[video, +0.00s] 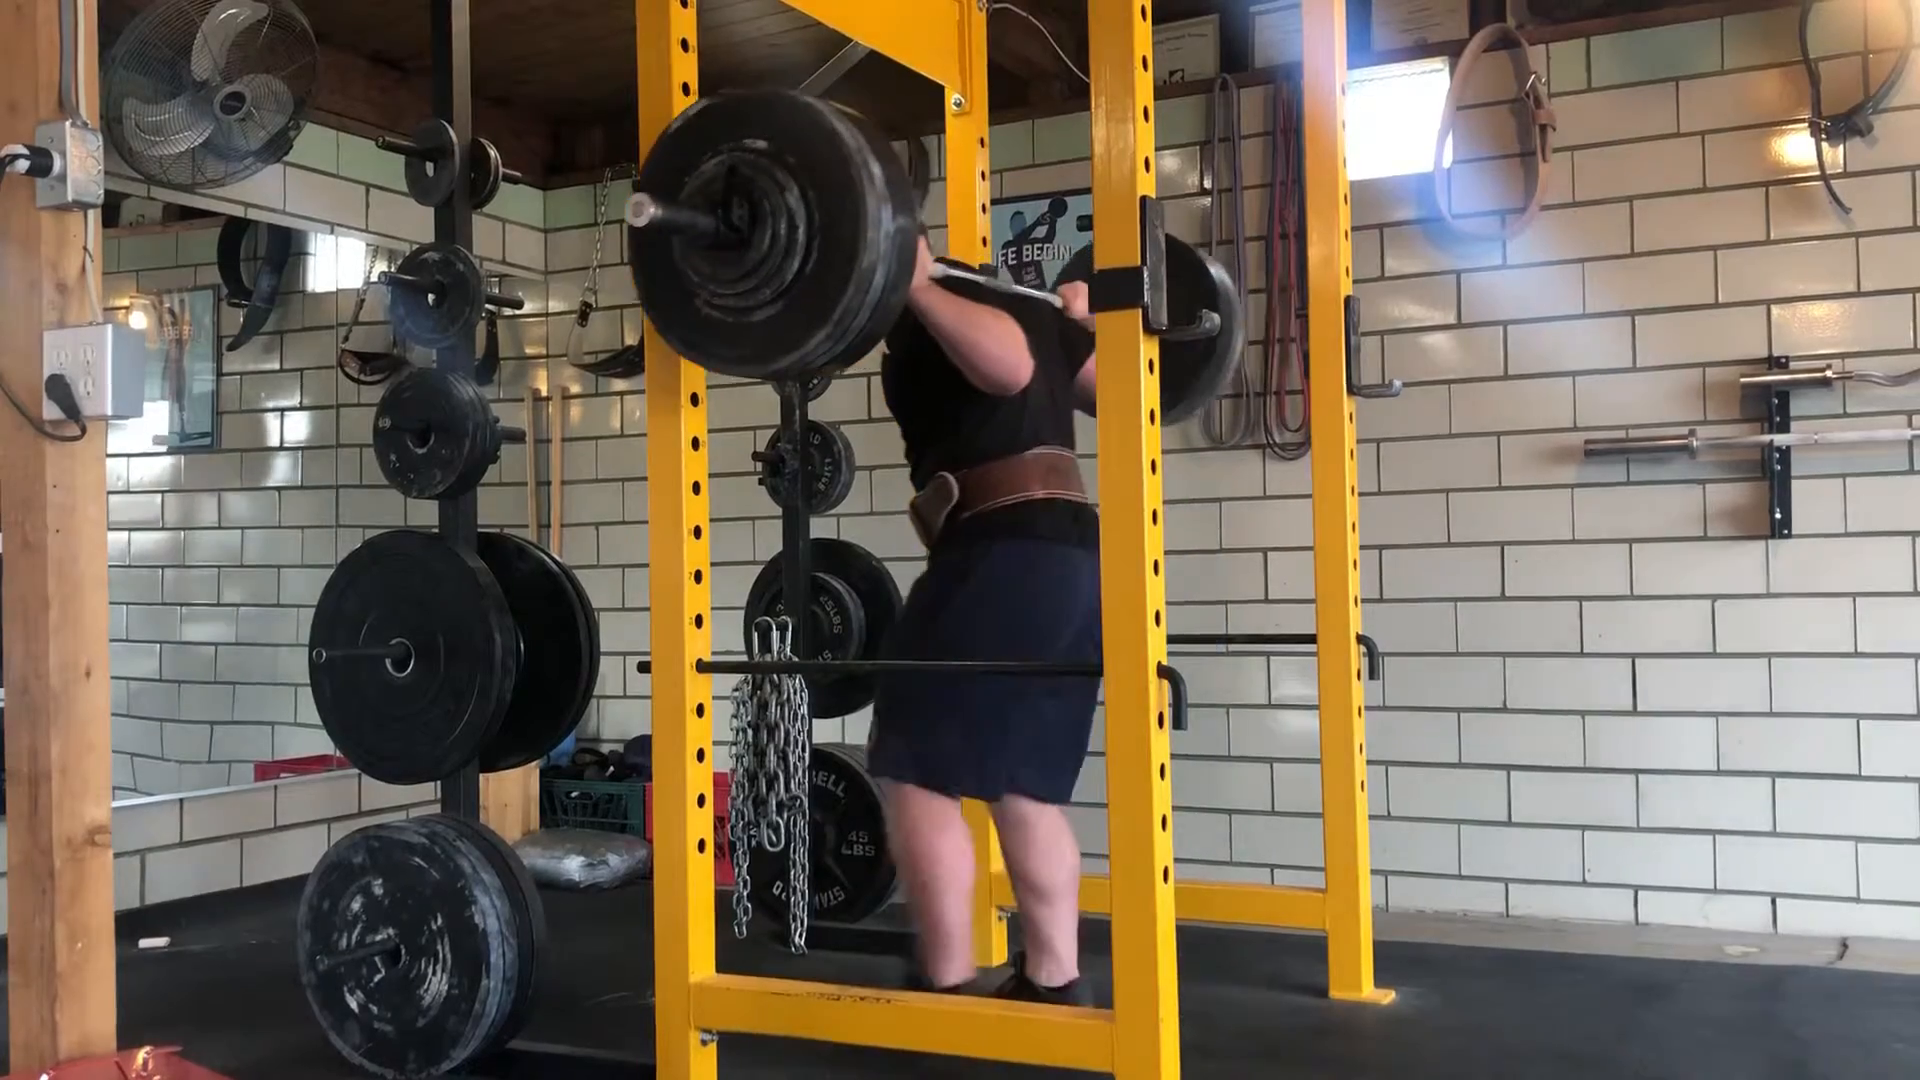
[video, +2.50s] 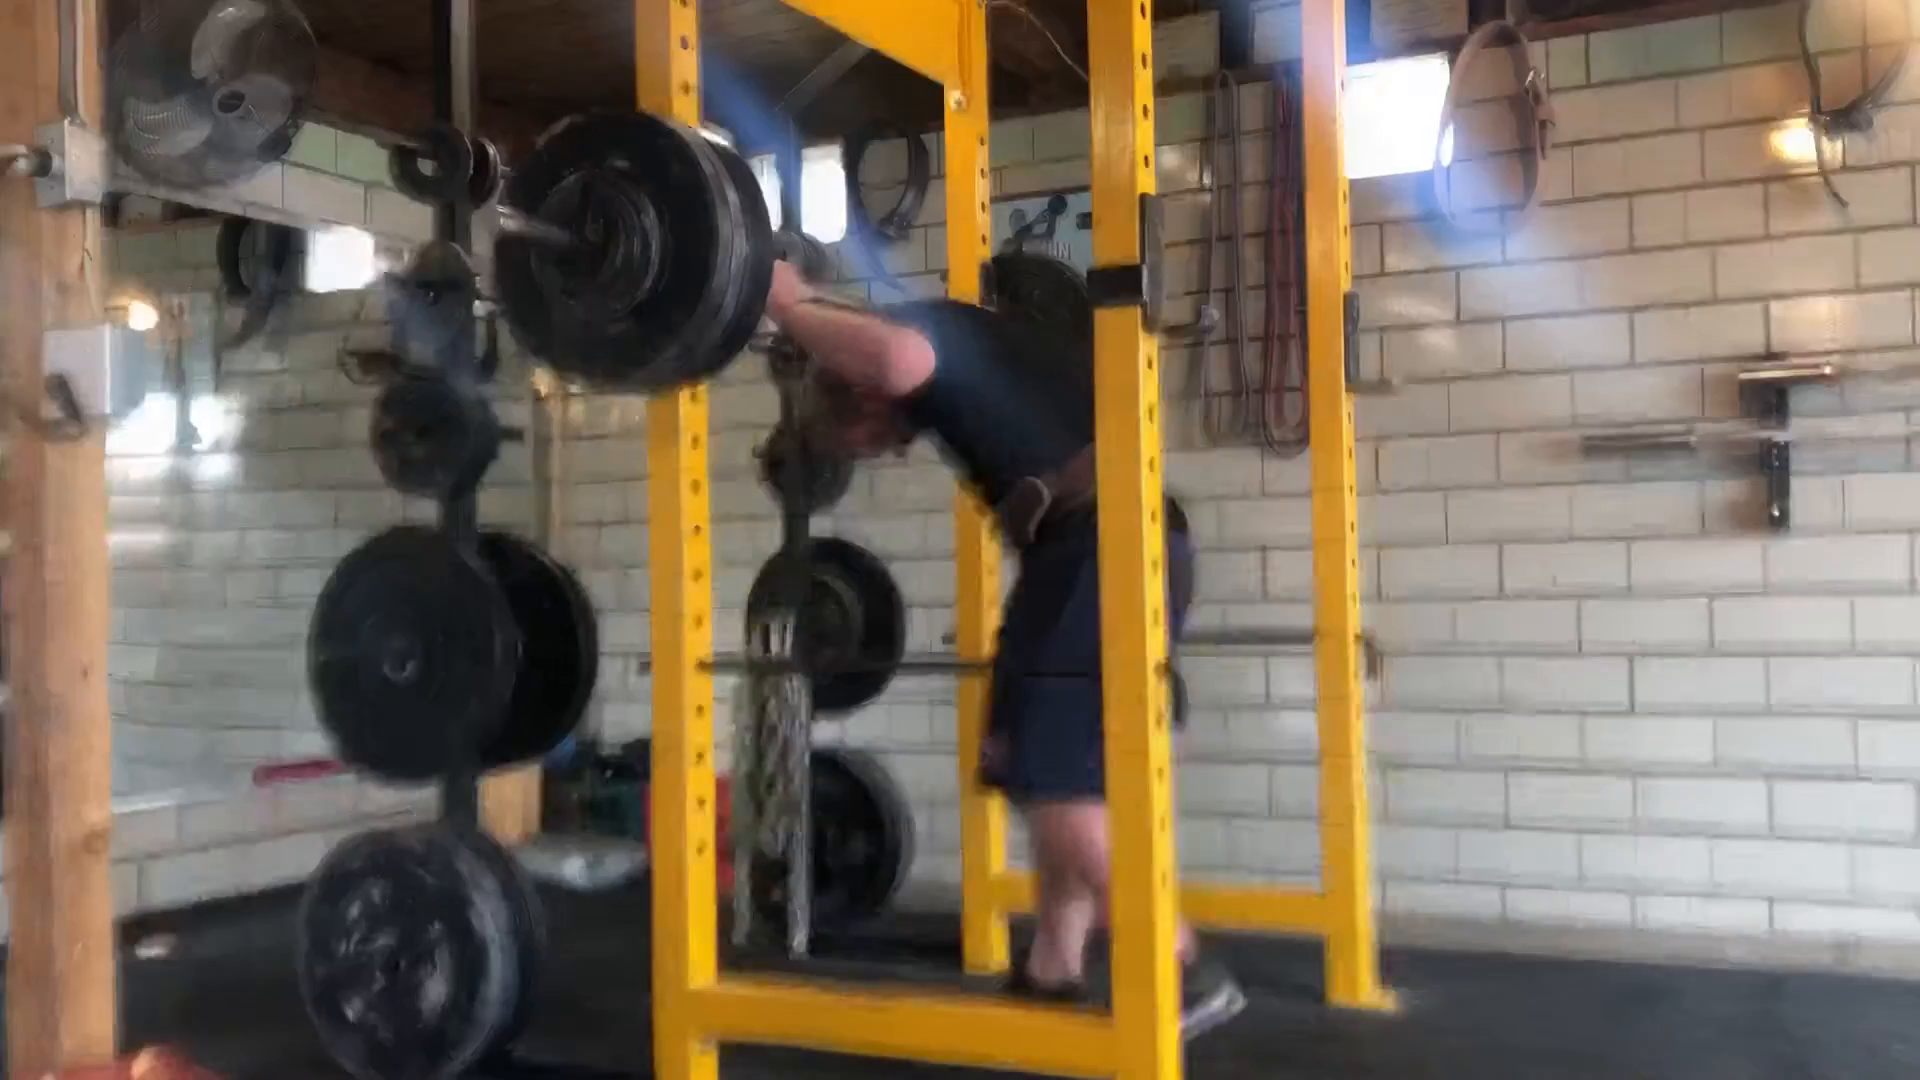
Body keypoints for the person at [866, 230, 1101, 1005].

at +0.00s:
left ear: (903, 249)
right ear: (931, 244)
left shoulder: (947, 301)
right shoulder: (1015, 304)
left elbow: (1012, 365)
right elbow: (1113, 391)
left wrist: (919, 285)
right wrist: (1081, 319)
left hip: (1002, 550)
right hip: (1073, 549)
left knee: (911, 769)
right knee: (1029, 775)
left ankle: (944, 992)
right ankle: (1052, 984)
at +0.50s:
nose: (798, 267)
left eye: (799, 252)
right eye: (797, 253)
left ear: (821, 246)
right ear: (855, 244)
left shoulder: (843, 307)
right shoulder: (947, 316)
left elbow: (924, 369)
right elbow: (1037, 377)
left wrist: (825, 288)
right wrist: (1006, 321)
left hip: (926, 553)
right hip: (1009, 554)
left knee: (882, 779)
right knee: (996, 771)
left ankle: (885, 988)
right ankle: (1049, 968)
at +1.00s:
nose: (752, 271)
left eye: (756, 252)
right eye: (750, 255)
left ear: (786, 251)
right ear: (804, 250)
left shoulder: (807, 317)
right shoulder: (894, 317)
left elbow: (880, 375)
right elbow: (997, 381)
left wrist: (781, 298)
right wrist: (964, 330)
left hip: (899, 554)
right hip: (977, 553)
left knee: (868, 784)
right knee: (975, 778)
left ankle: (884, 986)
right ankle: (1048, 964)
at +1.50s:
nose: (750, 281)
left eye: (754, 262)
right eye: (750, 265)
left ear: (784, 260)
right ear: (803, 257)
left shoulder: (808, 326)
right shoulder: (888, 319)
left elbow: (886, 381)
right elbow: (1002, 385)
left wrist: (784, 306)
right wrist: (969, 339)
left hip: (924, 552)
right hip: (997, 550)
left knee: (876, 780)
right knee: (985, 777)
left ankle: (886, 985)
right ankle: (1049, 968)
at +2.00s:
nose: (746, 378)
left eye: (742, 364)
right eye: (740, 364)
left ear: (759, 336)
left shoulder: (815, 340)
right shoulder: (920, 332)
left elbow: (898, 363)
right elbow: (1024, 360)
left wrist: (790, 312)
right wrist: (965, 326)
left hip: (969, 551)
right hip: (1039, 545)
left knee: (909, 776)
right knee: (1008, 775)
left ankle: (885, 981)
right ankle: (1048, 973)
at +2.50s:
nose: (879, 451)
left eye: (864, 441)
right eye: (863, 446)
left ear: (859, 396)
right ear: (863, 399)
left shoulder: (936, 331)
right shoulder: (951, 371)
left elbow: (901, 364)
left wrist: (792, 306)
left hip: (1101, 539)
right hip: (1080, 543)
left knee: (1055, 763)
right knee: (1050, 762)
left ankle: (1179, 968)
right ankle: (1054, 973)